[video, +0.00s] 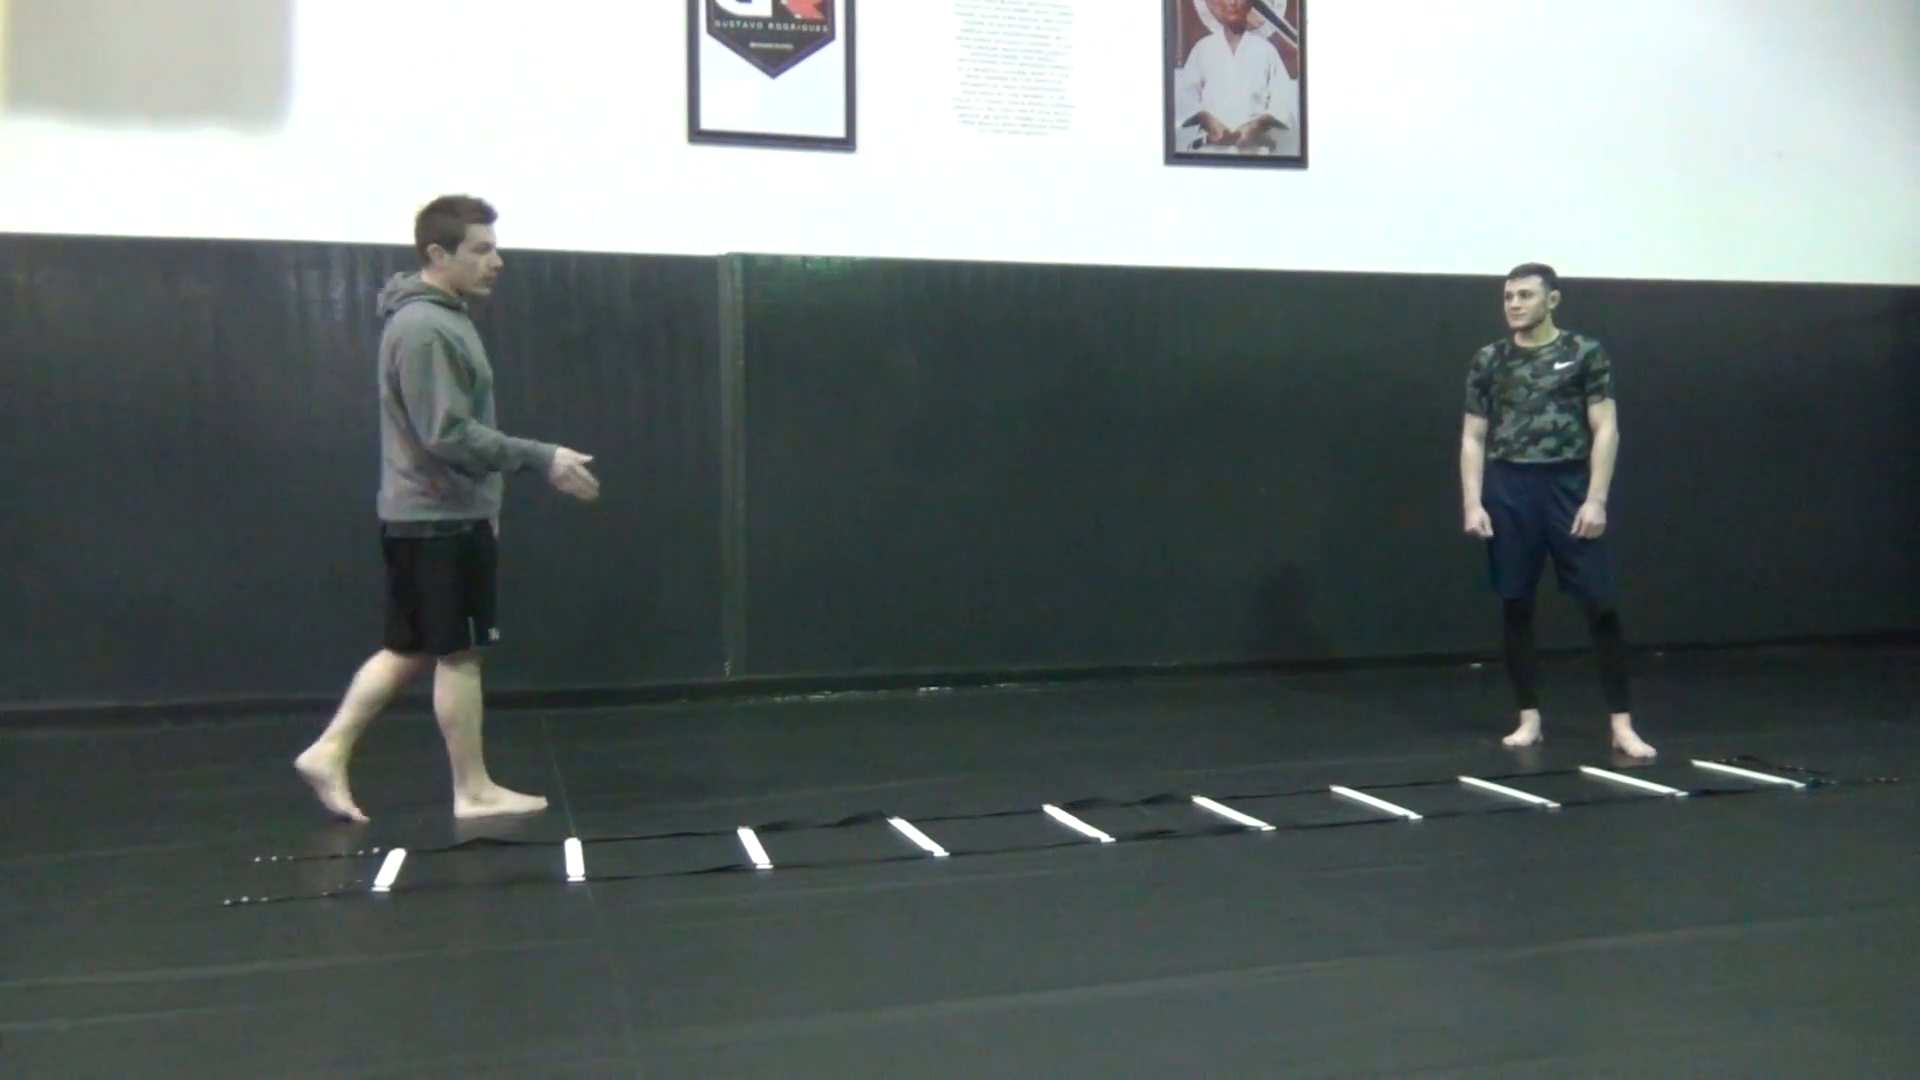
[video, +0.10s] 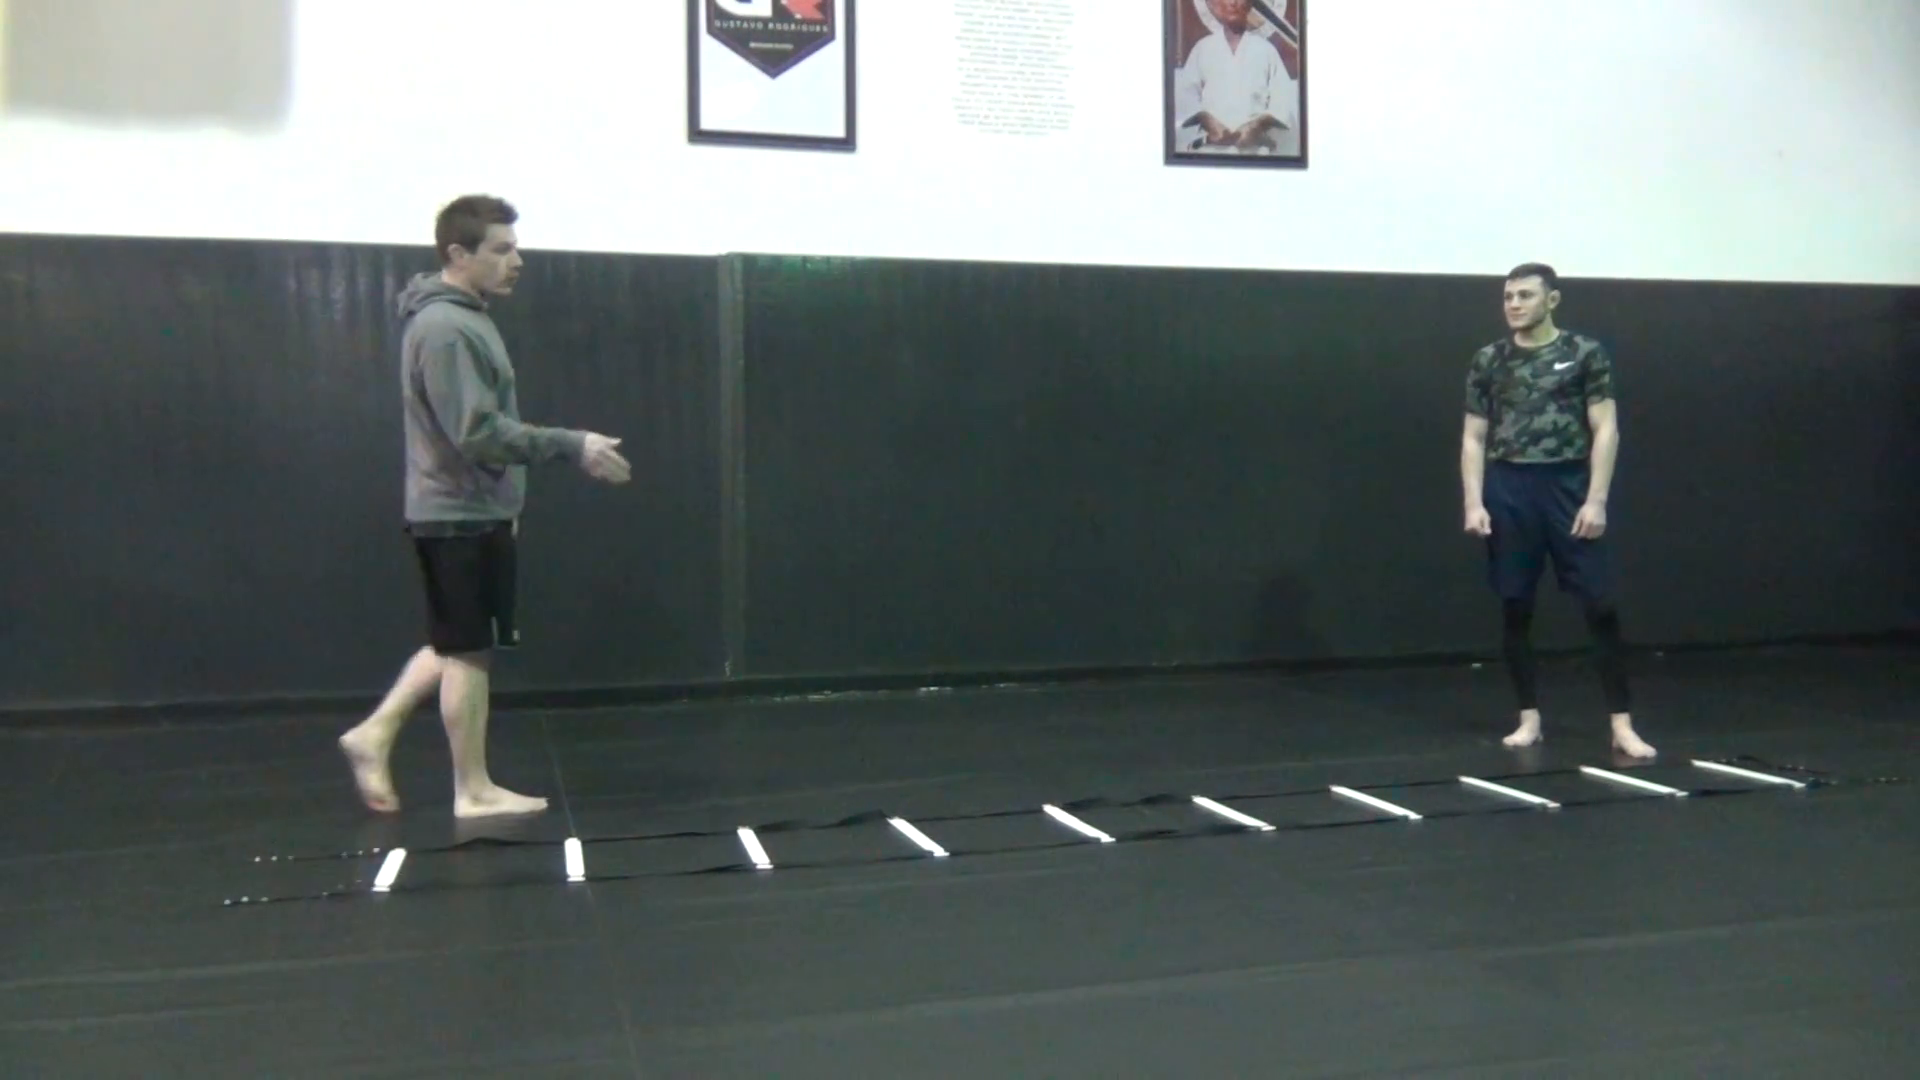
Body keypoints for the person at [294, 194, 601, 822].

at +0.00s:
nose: (495, 262)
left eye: (495, 250)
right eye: (482, 251)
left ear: (444, 255)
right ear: (438, 254)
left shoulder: (439, 319)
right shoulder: (421, 327)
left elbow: (450, 430)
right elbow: (447, 434)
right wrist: (541, 457)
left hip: (433, 517)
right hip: (439, 521)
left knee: (408, 650)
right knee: (459, 655)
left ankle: (327, 755)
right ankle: (474, 791)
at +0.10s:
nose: (516, 262)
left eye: (515, 250)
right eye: (503, 250)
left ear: (461, 256)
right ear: (459, 254)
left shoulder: (462, 319)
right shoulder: (445, 329)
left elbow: (478, 425)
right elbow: (476, 431)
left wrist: (501, 506)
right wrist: (573, 445)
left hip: (468, 514)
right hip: (456, 518)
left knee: (455, 643)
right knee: (469, 650)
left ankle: (372, 736)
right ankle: (474, 791)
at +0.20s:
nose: (534, 262)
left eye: (533, 250)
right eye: (521, 251)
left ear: (486, 255)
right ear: (476, 255)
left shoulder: (484, 318)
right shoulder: (460, 327)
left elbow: (506, 418)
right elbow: (491, 426)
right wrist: (586, 424)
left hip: (500, 511)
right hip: (476, 515)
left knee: (514, 625)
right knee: (485, 642)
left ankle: (436, 737)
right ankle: (474, 789)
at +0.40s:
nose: (568, 267)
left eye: (567, 255)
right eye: (556, 255)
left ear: (529, 260)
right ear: (512, 258)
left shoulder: (533, 324)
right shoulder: (485, 328)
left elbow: (548, 428)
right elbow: (506, 423)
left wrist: (568, 501)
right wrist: (593, 389)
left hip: (545, 510)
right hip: (506, 513)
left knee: (573, 622)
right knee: (500, 645)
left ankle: (571, 752)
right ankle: (474, 789)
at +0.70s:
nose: (631, 281)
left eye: (633, 270)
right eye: (619, 269)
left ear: (598, 273)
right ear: (578, 270)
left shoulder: (612, 337)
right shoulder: (541, 337)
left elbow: (628, 435)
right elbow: (559, 424)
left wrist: (658, 500)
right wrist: (632, 378)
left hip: (618, 515)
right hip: (567, 518)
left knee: (633, 638)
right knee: (538, 644)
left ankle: (662, 758)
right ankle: (479, 776)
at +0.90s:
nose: (685, 281)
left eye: (686, 270)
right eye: (675, 270)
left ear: (654, 272)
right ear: (634, 269)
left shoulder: (666, 334)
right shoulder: (593, 333)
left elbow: (681, 426)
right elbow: (604, 422)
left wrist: (715, 495)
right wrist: (687, 432)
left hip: (666, 503)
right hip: (621, 506)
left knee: (656, 633)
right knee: (627, 631)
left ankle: (664, 756)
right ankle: (529, 740)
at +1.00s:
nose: (710, 282)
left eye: (710, 270)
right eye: (700, 270)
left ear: (675, 273)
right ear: (658, 270)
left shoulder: (685, 338)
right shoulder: (619, 336)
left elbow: (713, 431)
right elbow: (629, 433)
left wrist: (743, 502)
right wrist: (692, 473)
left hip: (688, 501)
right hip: (650, 505)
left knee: (672, 628)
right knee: (686, 622)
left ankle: (665, 756)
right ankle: (577, 724)